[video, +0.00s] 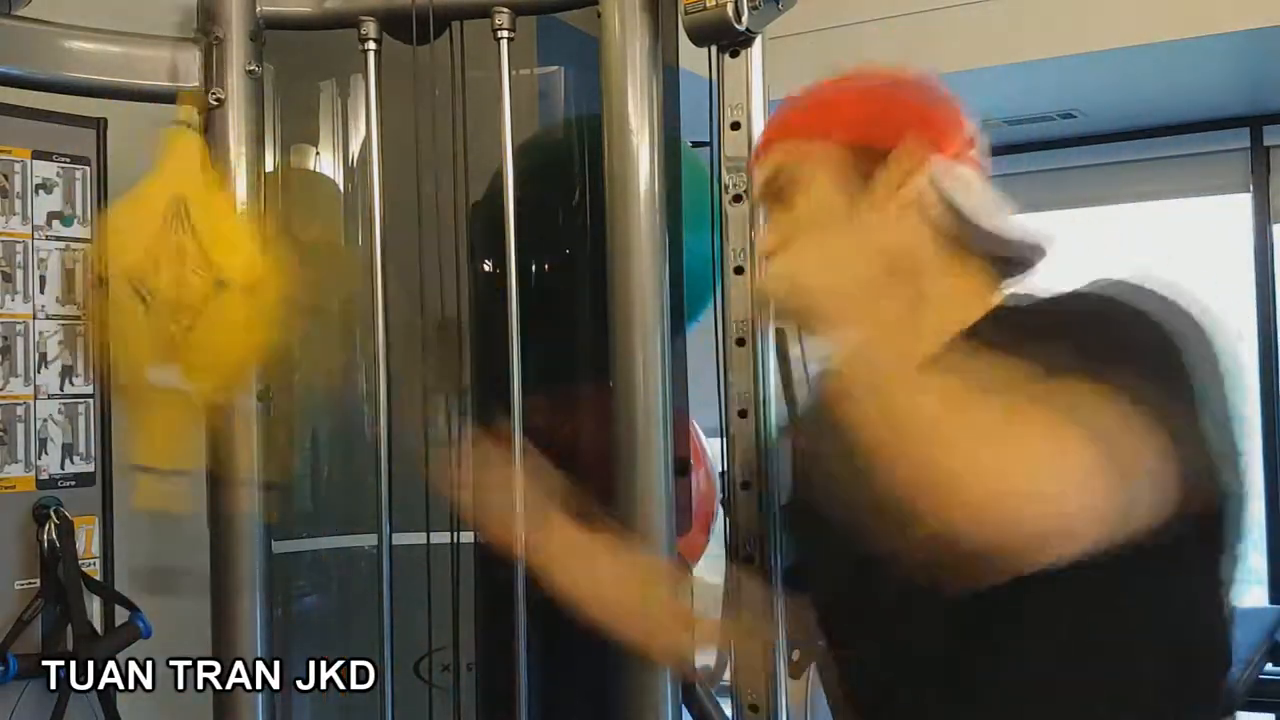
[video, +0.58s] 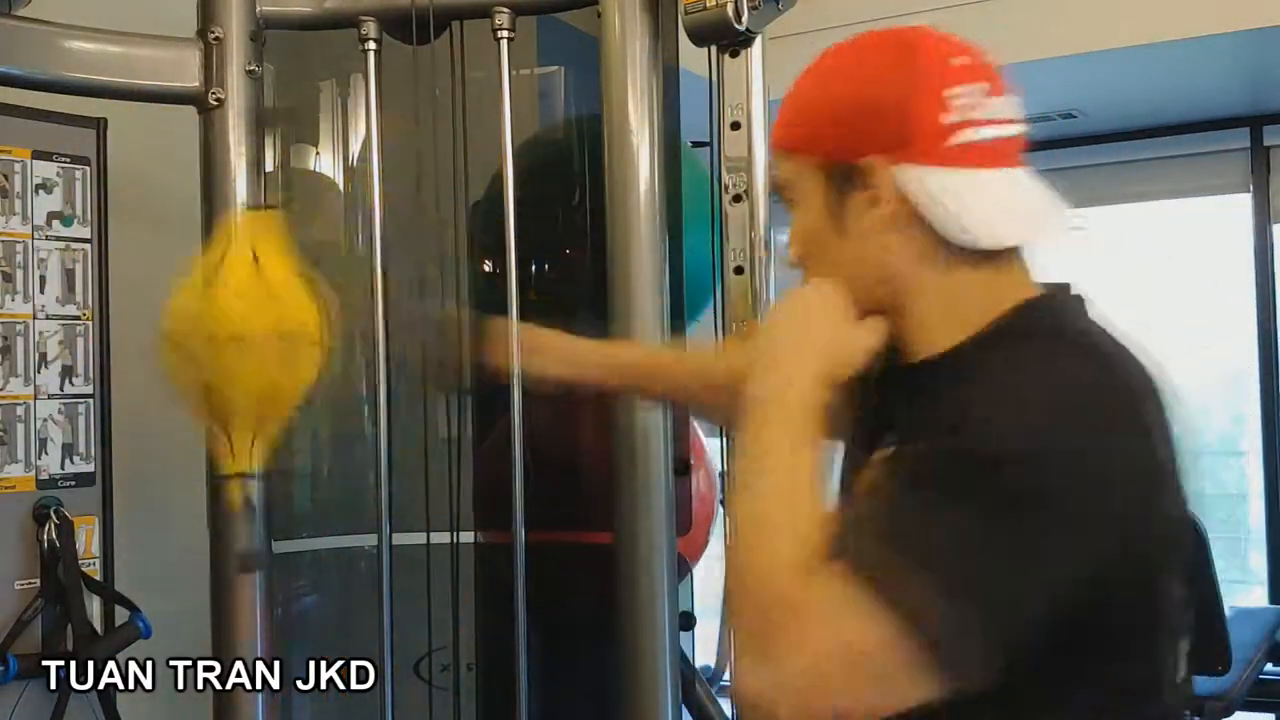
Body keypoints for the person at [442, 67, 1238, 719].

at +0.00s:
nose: (755, 248)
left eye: (779, 199)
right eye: (756, 214)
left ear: (903, 183)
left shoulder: (1119, 344)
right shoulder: (831, 448)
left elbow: (1008, 500)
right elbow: (776, 650)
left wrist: (855, 341)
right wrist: (546, 533)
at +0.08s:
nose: (777, 225)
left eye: (807, 177)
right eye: (775, 193)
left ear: (937, 166)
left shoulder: (1163, 334)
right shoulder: (789, 411)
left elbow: (1149, 504)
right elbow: (549, 469)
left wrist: (929, 270)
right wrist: (386, 353)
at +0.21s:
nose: (800, 244)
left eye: (828, 196)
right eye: (791, 209)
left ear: (956, 181)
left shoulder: (1182, 384)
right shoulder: (801, 395)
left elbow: (1203, 614)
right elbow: (558, 347)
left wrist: (984, 308)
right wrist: (686, 199)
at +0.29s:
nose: (817, 252)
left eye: (847, 204)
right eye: (811, 217)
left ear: (977, 198)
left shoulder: (1193, 407)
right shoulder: (813, 409)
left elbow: (1199, 657)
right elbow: (586, 348)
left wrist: (1001, 364)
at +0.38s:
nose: (817, 250)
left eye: (844, 206)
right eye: (816, 213)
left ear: (974, 208)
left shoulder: (1201, 415)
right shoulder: (832, 401)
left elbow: (1128, 672)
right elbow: (567, 351)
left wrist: (956, 371)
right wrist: (831, 290)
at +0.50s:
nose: (801, 238)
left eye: (818, 196)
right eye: (804, 197)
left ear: (927, 195)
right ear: (922, 201)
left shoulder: (1141, 411)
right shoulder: (892, 363)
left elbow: (919, 668)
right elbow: (655, 347)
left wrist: (859, 375)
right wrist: (454, 315)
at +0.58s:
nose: (792, 247)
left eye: (795, 205)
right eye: (787, 208)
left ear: (879, 198)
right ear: (884, 199)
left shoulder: (1060, 407)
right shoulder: (944, 359)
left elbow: (797, 680)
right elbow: (781, 387)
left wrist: (783, 385)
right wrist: (585, 361)